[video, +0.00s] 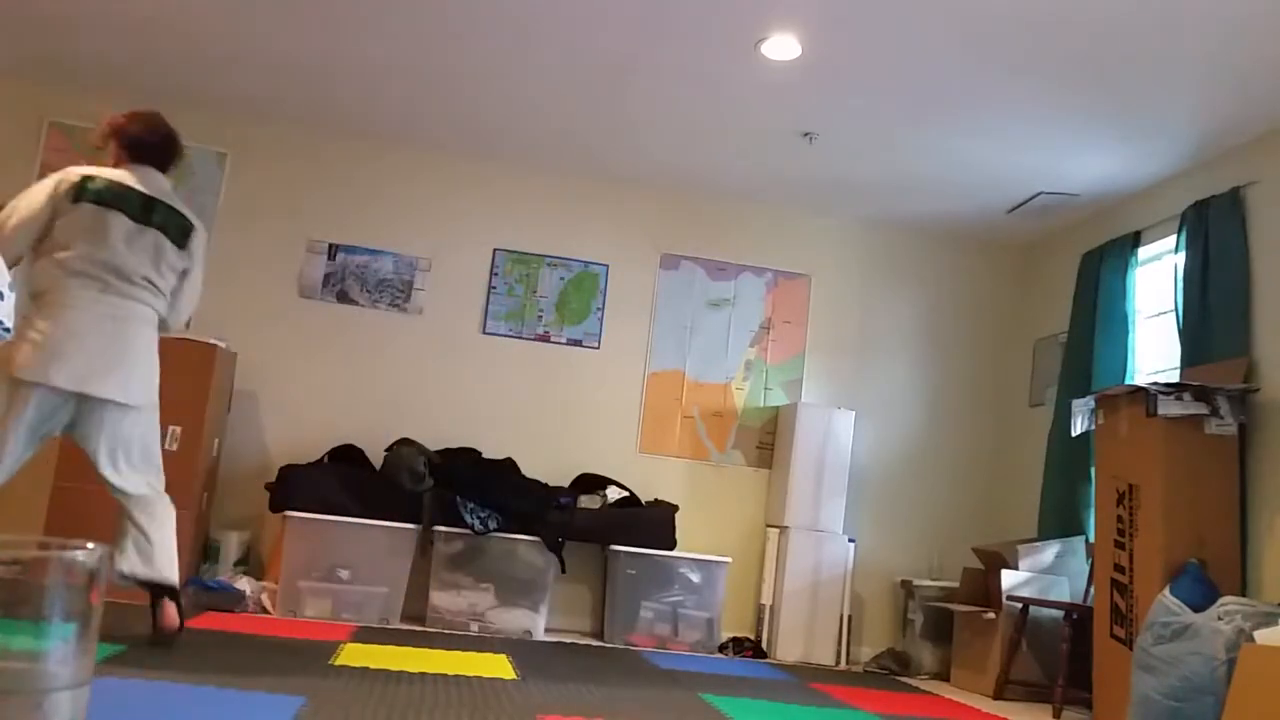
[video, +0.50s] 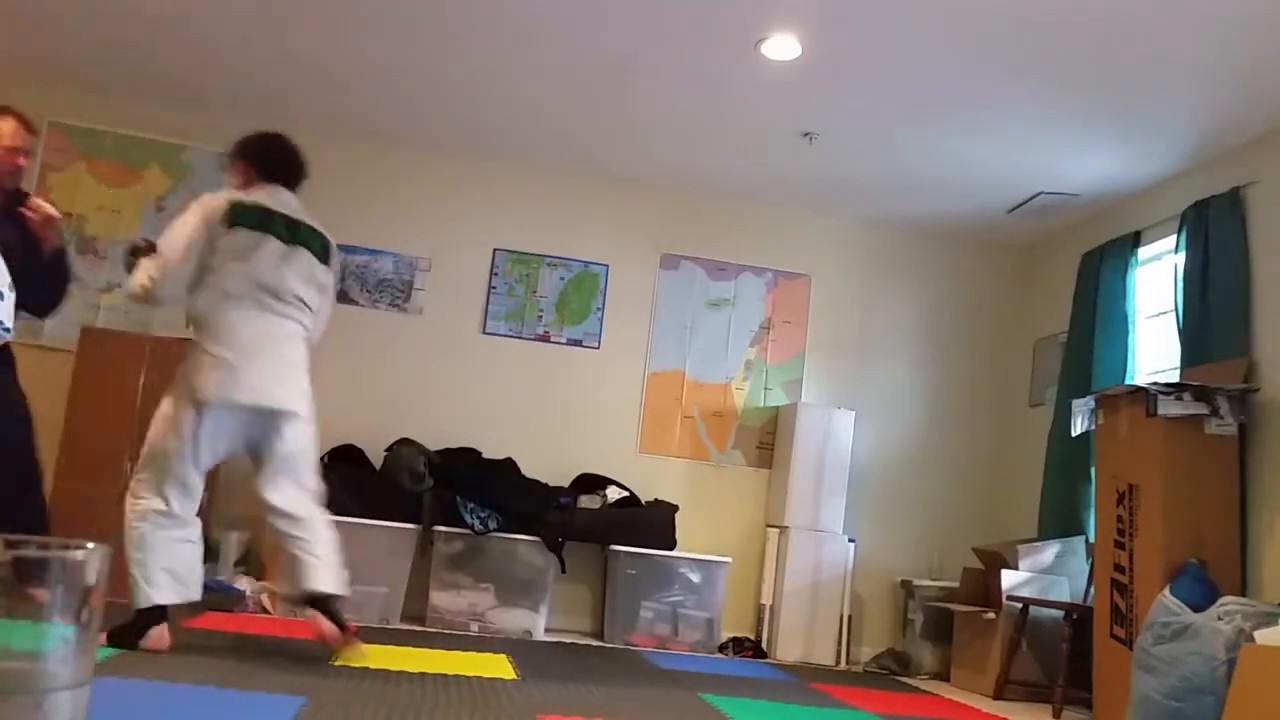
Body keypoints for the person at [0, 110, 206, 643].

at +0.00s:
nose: (102, 151)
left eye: (107, 144)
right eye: (106, 142)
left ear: (117, 150)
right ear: (167, 164)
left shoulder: (72, 182)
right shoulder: (190, 226)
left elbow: (8, 237)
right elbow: (176, 314)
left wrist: (32, 281)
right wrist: (128, 314)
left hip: (50, 347)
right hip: (129, 366)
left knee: (0, 460)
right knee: (143, 485)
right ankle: (164, 592)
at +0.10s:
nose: (130, 168)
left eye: (134, 160)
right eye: (135, 160)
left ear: (142, 165)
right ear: (192, 178)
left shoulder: (103, 197)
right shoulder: (214, 243)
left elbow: (24, 255)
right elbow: (194, 327)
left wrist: (8, 237)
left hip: (77, 359)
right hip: (150, 380)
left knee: (0, 469)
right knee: (144, 507)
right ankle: (159, 611)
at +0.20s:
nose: (154, 173)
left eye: (159, 164)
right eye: (158, 163)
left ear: (173, 170)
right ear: (222, 181)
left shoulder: (139, 205)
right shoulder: (246, 247)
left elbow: (73, 275)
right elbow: (231, 331)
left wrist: (61, 244)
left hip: (122, 372)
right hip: (193, 389)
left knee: (22, 472)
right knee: (167, 510)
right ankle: (165, 617)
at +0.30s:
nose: (186, 167)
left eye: (189, 159)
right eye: (189, 159)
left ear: (199, 162)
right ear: (250, 171)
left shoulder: (169, 198)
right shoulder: (275, 234)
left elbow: (109, 273)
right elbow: (266, 314)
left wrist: (92, 255)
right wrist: (223, 291)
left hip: (163, 356)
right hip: (232, 373)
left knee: (88, 461)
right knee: (199, 494)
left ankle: (32, 572)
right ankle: (173, 610)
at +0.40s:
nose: (208, 165)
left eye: (210, 157)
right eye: (210, 157)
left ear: (220, 158)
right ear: (272, 167)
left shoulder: (192, 191)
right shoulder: (298, 226)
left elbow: (138, 269)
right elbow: (290, 310)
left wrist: (116, 261)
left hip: (194, 351)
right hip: (265, 362)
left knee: (142, 463)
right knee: (241, 479)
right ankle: (229, 595)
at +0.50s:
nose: (230, 180)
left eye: (232, 172)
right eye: (232, 172)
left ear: (244, 172)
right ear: (296, 181)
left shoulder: (217, 208)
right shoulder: (323, 244)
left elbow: (162, 283)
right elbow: (313, 328)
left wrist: (140, 271)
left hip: (218, 375)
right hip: (289, 386)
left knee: (160, 491)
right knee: (296, 496)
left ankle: (152, 615)